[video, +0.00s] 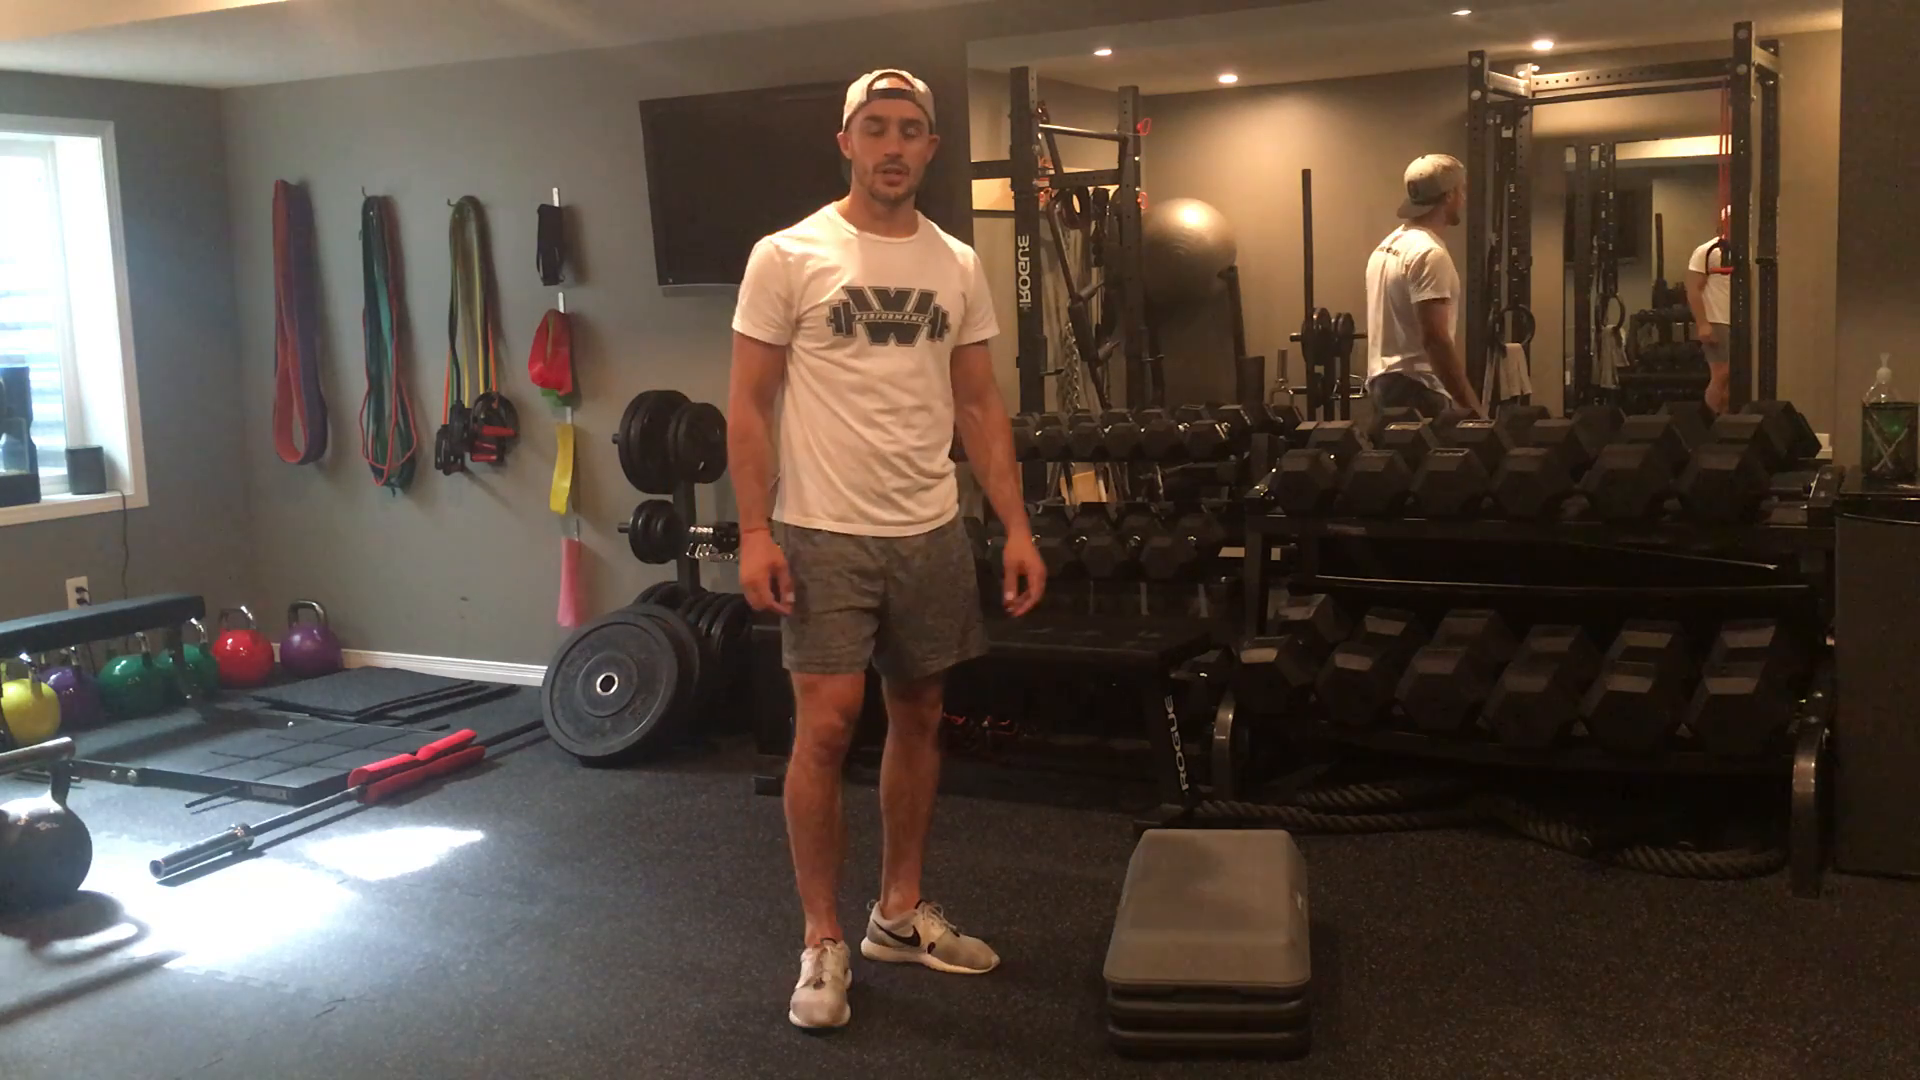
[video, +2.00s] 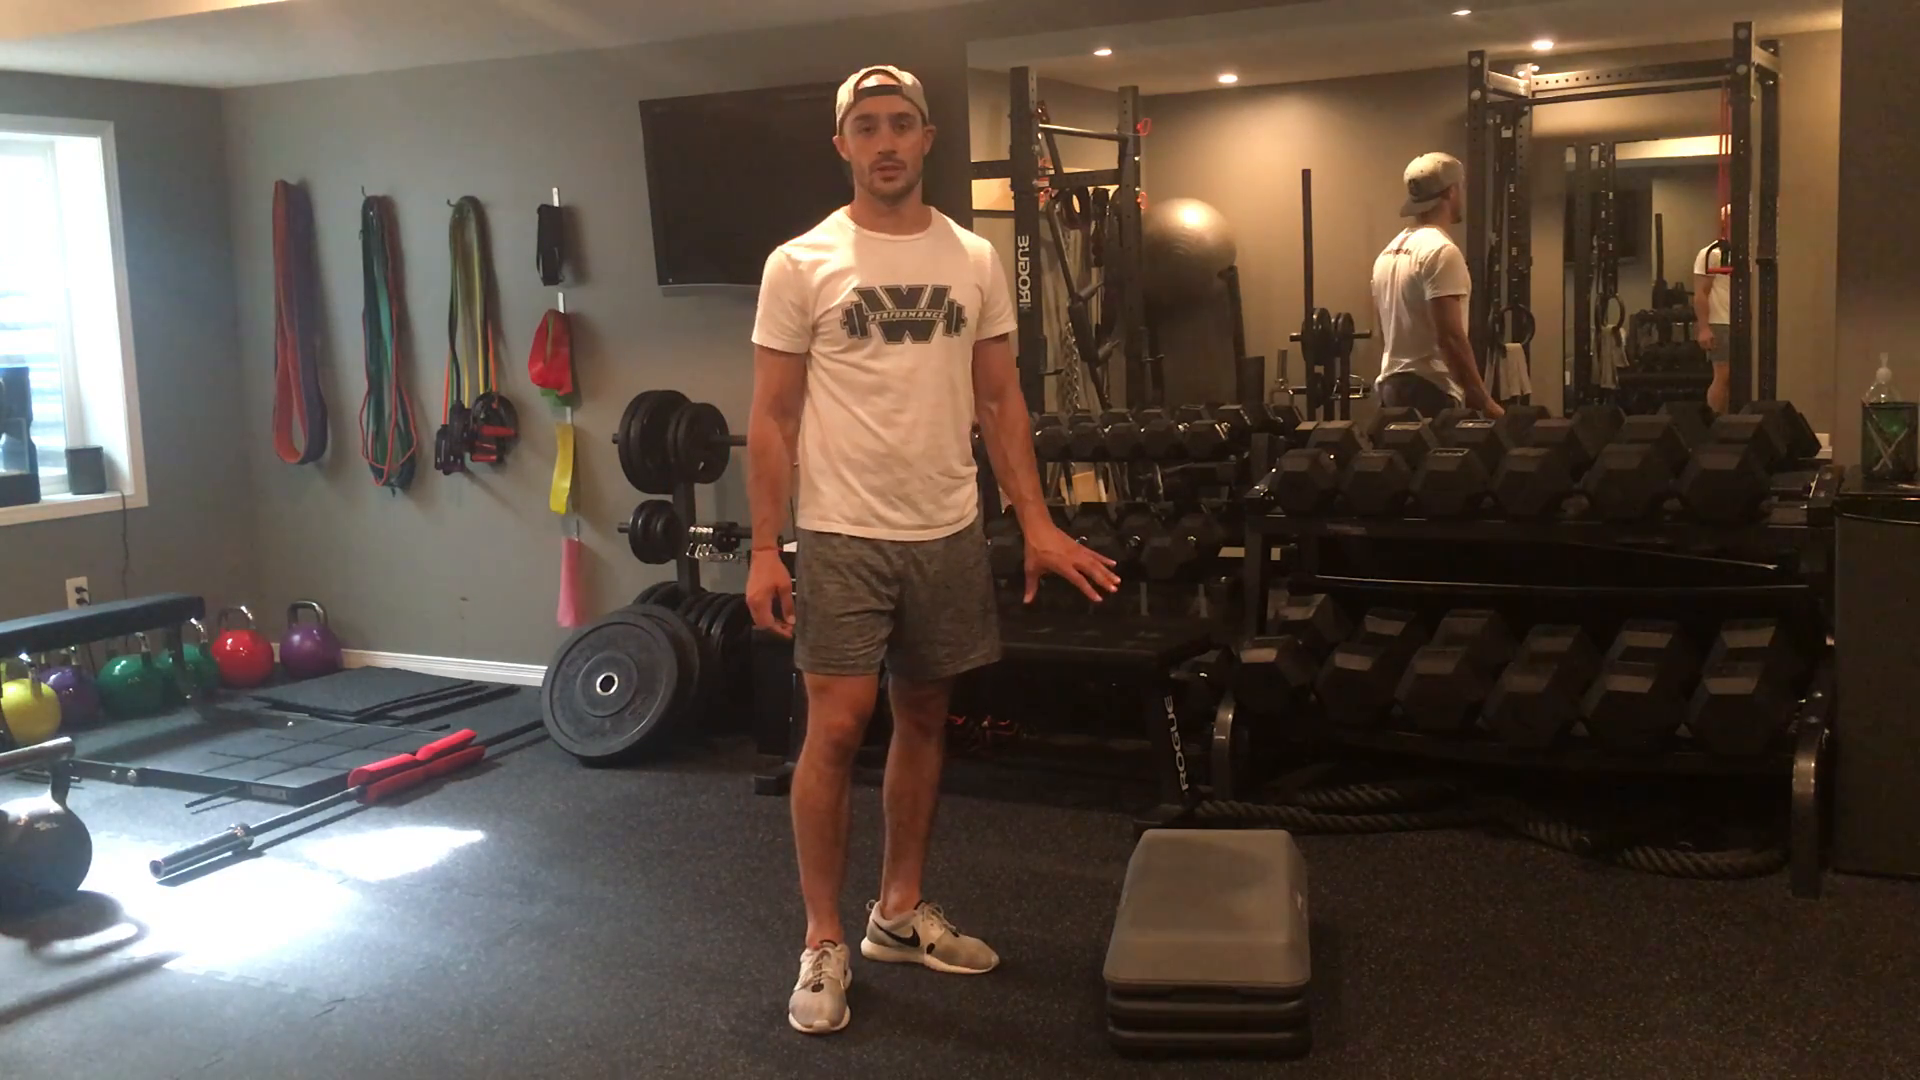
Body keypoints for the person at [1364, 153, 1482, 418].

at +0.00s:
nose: (1464, 199)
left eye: (1463, 191)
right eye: (1462, 191)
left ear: (1417, 195)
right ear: (1449, 196)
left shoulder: (1385, 248)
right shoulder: (1428, 253)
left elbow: (1384, 329)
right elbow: (1436, 340)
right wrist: (1473, 408)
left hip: (1383, 388)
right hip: (1417, 392)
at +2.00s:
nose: (1464, 196)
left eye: (1463, 188)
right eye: (1462, 188)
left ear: (1418, 197)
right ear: (1451, 193)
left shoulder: (1388, 253)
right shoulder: (1441, 250)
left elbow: (1386, 333)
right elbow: (1451, 338)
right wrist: (1483, 400)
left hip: (1391, 388)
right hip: (1431, 391)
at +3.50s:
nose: (1477, 215)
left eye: (1479, 205)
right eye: (1471, 204)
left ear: (1444, 199)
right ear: (1443, 199)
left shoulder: (1440, 249)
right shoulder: (1409, 247)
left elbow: (1429, 327)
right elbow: (1395, 327)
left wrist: (1444, 394)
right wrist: (1438, 392)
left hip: (1428, 394)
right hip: (1400, 392)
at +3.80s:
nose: (1487, 214)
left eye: (1490, 204)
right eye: (1478, 204)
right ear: (1450, 201)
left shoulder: (1475, 257)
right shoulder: (1409, 252)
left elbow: (1464, 329)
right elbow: (1366, 318)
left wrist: (1479, 392)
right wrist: (1395, 386)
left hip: (1452, 399)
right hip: (1411, 400)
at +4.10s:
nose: (1518, 220)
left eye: (1519, 210)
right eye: (1505, 212)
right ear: (1475, 215)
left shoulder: (1508, 259)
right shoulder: (1432, 269)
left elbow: (1491, 331)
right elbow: (1384, 331)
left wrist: (1506, 374)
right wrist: (1433, 386)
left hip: (1484, 411)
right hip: (1438, 414)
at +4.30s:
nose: (1554, 189)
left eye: (1554, 179)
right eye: (1543, 179)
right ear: (1513, 185)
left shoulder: (1533, 235)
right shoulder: (1474, 237)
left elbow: (1504, 301)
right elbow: (1431, 305)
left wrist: (1523, 338)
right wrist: (1508, 317)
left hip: (1513, 370)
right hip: (1464, 380)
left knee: (1569, 420)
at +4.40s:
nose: (1573, 161)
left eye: (1573, 152)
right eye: (1561, 152)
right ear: (1529, 158)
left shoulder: (1552, 215)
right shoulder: (1491, 213)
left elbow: (1529, 285)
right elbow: (1444, 281)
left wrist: (1544, 322)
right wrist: (1517, 296)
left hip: (1534, 356)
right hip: (1485, 367)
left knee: (1582, 420)